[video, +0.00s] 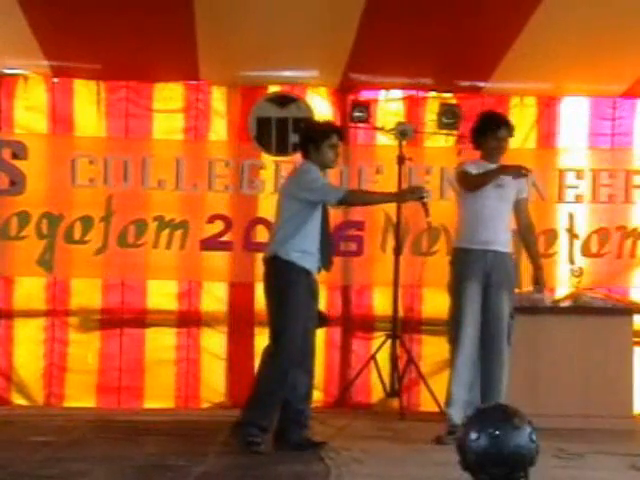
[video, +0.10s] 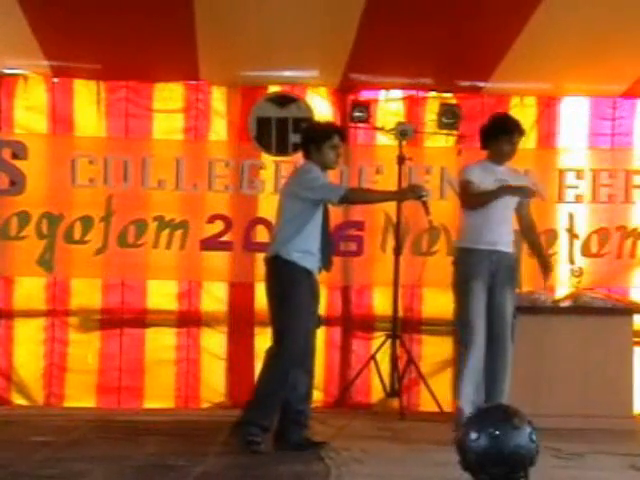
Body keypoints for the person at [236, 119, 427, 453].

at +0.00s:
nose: (337, 154)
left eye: (338, 148)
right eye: (332, 148)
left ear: (324, 151)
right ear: (313, 148)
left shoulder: (312, 179)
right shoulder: (305, 176)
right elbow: (346, 197)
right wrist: (399, 196)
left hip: (300, 271)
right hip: (286, 268)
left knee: (302, 354)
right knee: (286, 350)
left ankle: (294, 432)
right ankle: (254, 428)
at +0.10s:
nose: (339, 155)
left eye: (340, 149)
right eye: (333, 149)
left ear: (323, 152)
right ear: (315, 149)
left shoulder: (312, 179)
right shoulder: (306, 177)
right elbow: (348, 196)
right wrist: (400, 195)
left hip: (301, 270)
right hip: (288, 268)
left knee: (302, 352)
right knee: (289, 349)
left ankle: (293, 432)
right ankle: (254, 427)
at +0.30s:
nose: (340, 155)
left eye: (341, 149)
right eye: (335, 148)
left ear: (326, 152)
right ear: (318, 149)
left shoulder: (311, 178)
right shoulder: (308, 177)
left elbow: (349, 196)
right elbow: (348, 194)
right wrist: (398, 194)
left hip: (299, 267)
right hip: (292, 267)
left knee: (303, 349)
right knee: (304, 348)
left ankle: (295, 427)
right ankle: (269, 417)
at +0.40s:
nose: (341, 155)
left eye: (342, 149)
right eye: (337, 148)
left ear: (327, 151)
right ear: (319, 149)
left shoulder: (312, 178)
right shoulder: (309, 176)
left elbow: (350, 196)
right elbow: (347, 194)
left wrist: (393, 192)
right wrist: (395, 193)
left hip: (299, 266)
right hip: (294, 265)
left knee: (304, 341)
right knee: (312, 341)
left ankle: (288, 420)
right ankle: (289, 426)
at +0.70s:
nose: (351, 156)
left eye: (353, 150)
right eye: (346, 149)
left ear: (349, 152)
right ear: (329, 149)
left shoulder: (330, 184)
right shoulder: (318, 178)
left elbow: (329, 242)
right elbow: (348, 198)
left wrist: (338, 283)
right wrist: (396, 196)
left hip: (316, 270)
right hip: (305, 268)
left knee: (308, 349)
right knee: (325, 347)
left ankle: (291, 431)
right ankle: (348, 431)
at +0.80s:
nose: (355, 156)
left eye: (357, 150)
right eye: (349, 149)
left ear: (355, 153)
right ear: (332, 149)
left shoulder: (334, 185)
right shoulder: (321, 180)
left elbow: (334, 248)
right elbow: (352, 199)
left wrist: (347, 289)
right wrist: (399, 198)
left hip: (323, 272)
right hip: (311, 270)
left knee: (310, 351)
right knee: (328, 350)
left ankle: (292, 431)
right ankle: (352, 433)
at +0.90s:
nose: (362, 155)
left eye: (364, 149)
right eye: (356, 149)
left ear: (363, 151)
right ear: (339, 149)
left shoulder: (340, 182)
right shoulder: (330, 179)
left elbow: (338, 245)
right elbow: (357, 202)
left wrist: (352, 285)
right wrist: (402, 202)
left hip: (331, 274)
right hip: (321, 272)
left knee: (317, 352)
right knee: (335, 352)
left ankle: (293, 431)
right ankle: (354, 436)